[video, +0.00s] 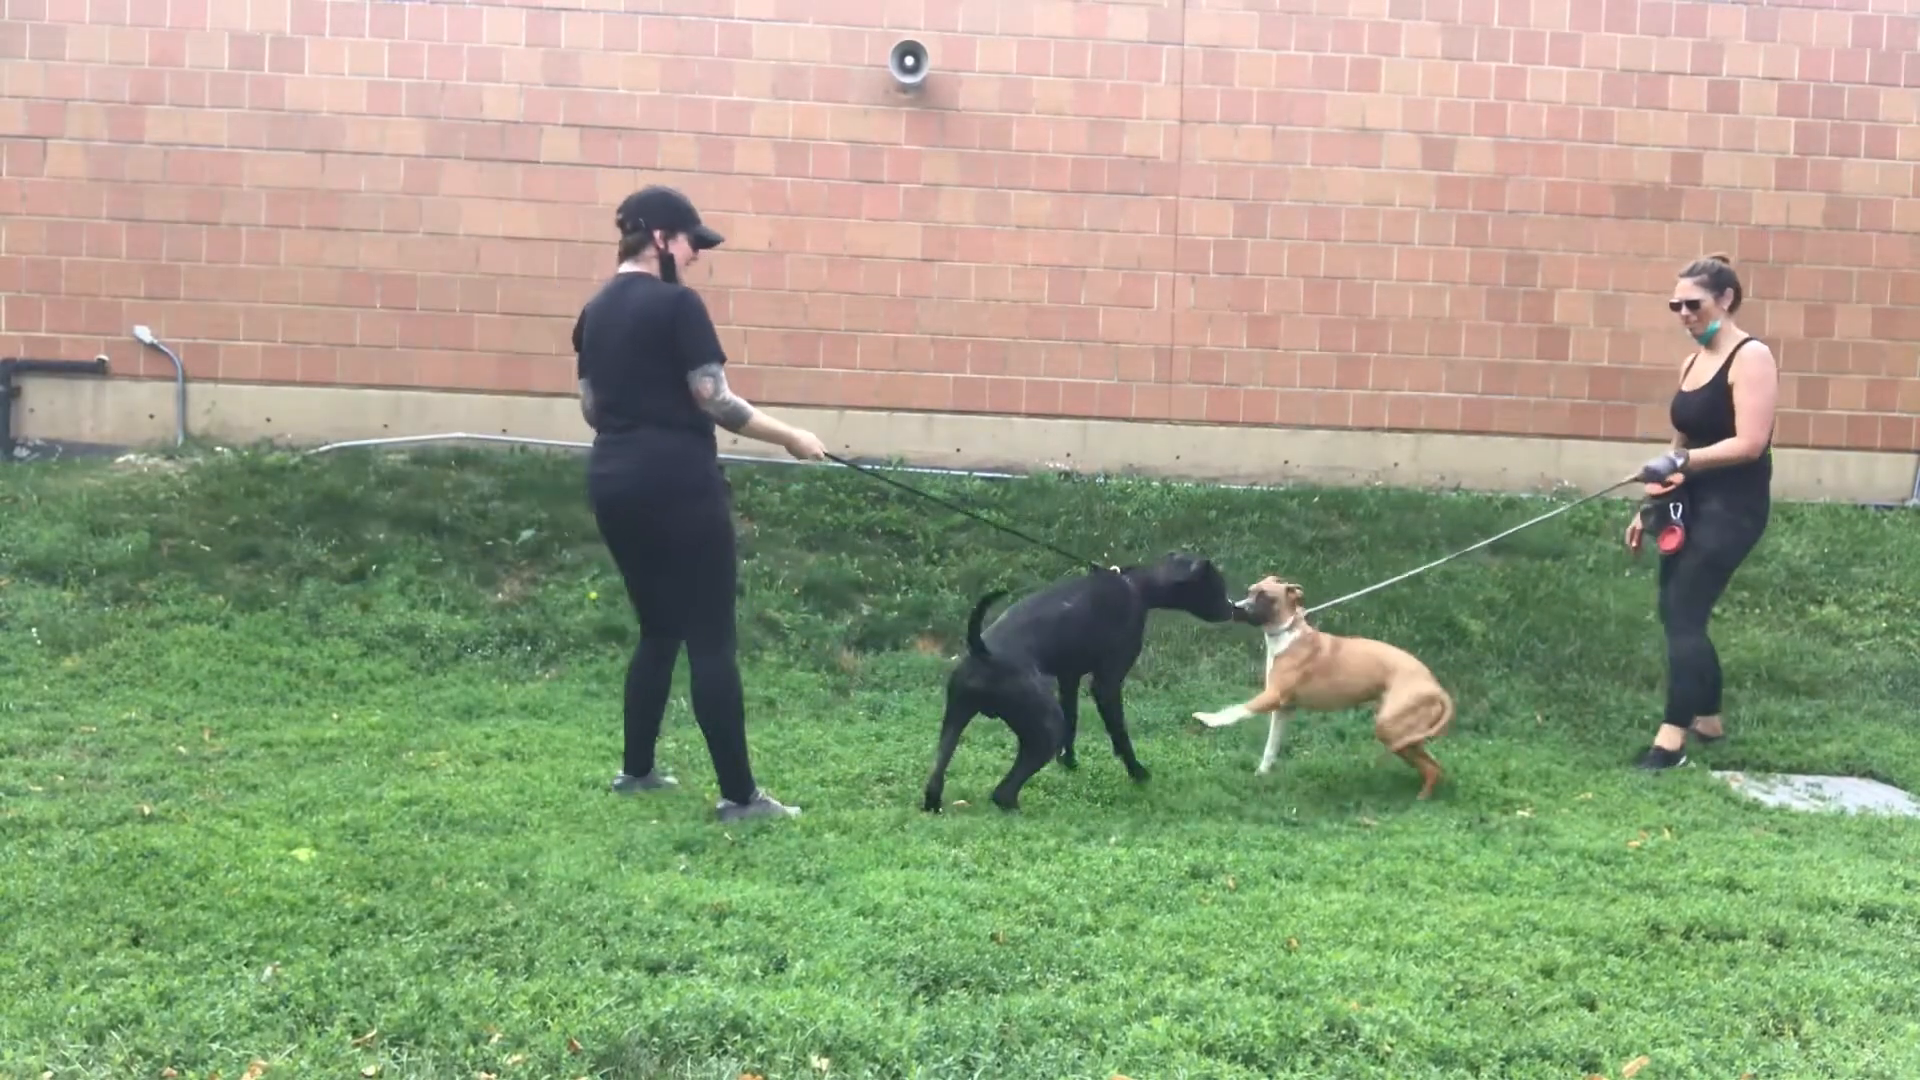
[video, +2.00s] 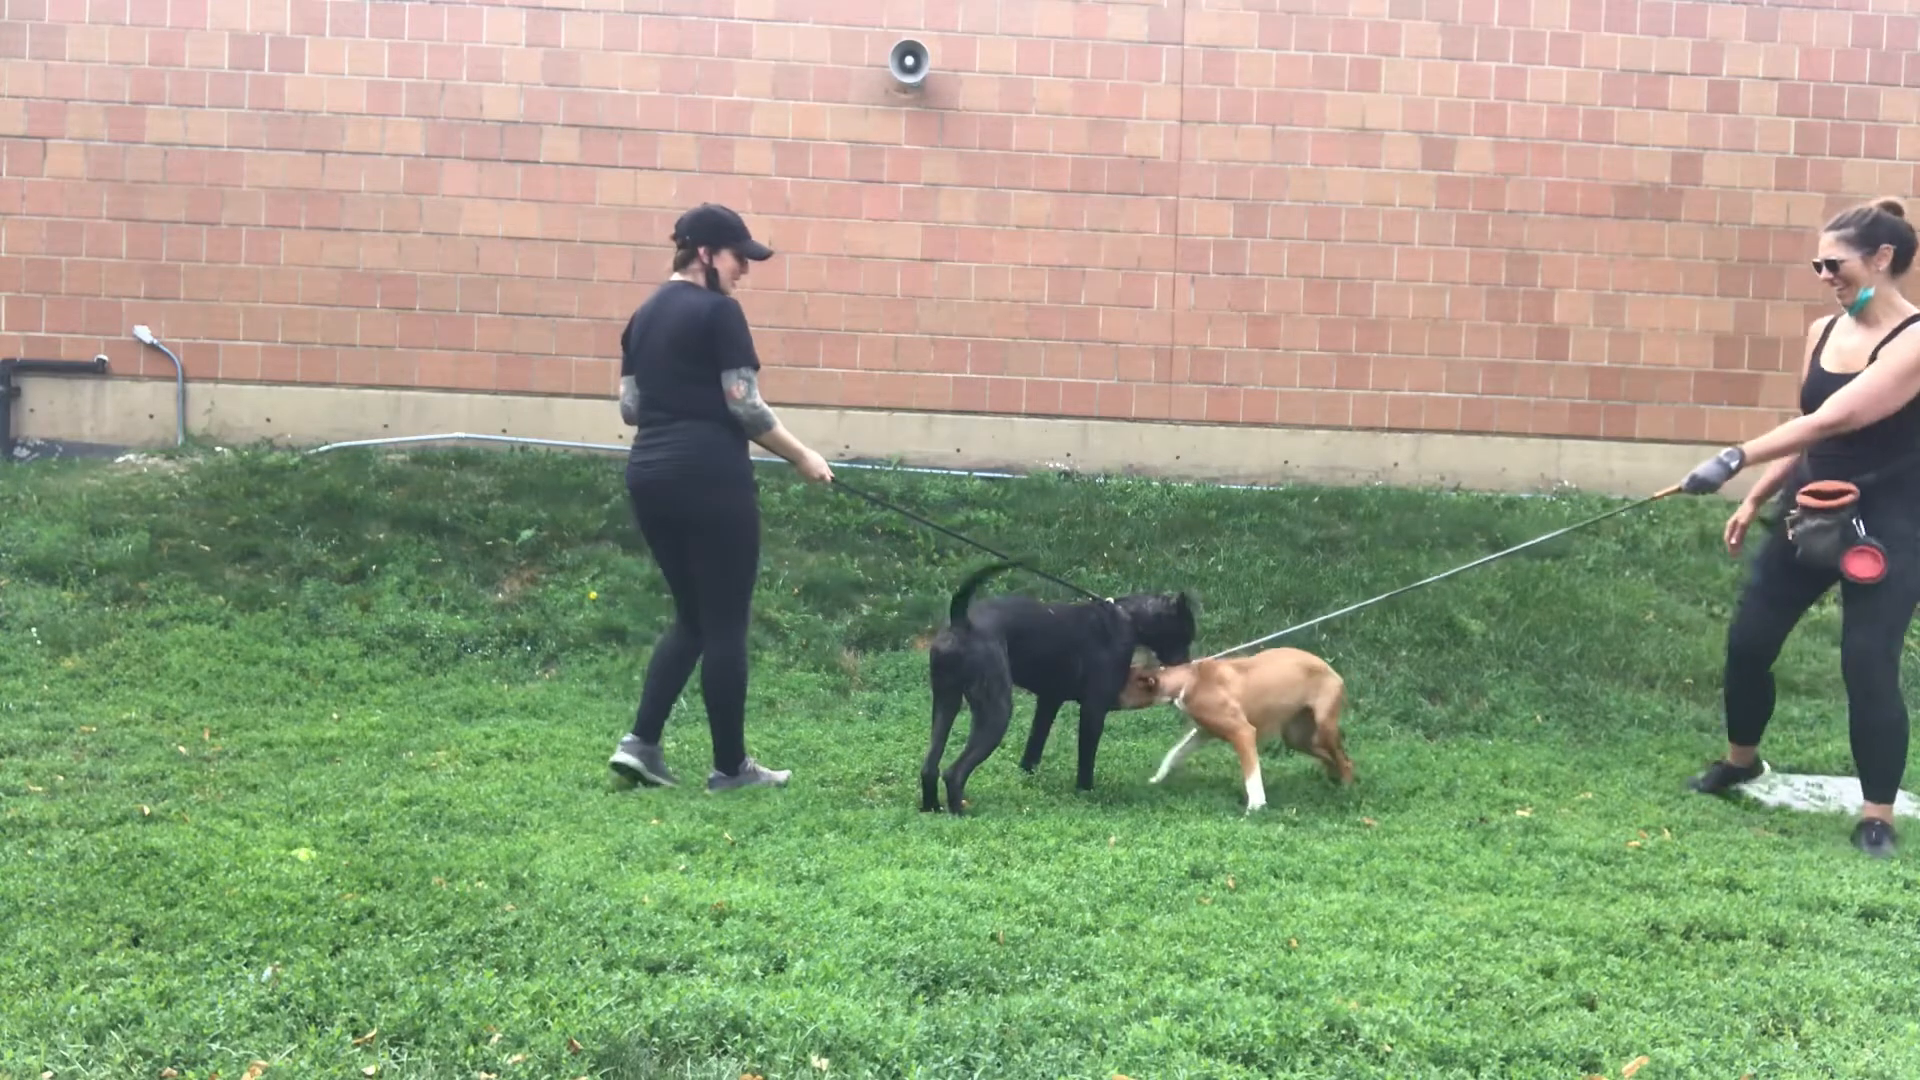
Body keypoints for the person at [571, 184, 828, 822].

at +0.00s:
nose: (699, 259)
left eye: (700, 247)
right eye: (695, 246)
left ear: (635, 241)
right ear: (664, 240)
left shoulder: (594, 309)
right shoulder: (677, 302)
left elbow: (594, 409)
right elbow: (714, 398)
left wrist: (675, 418)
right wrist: (790, 436)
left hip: (613, 472)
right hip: (679, 472)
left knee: (658, 628)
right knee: (712, 635)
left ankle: (636, 771)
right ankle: (740, 796)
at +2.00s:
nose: (743, 269)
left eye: (745, 258)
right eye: (738, 257)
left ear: (694, 256)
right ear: (707, 254)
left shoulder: (642, 315)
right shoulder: (720, 312)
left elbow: (633, 407)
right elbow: (745, 406)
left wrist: (715, 421)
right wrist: (802, 455)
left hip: (648, 469)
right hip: (710, 469)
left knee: (691, 618)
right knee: (726, 622)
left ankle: (641, 743)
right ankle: (731, 766)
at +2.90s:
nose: (711, 272)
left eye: (712, 262)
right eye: (704, 261)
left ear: (667, 260)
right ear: (669, 258)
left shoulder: (635, 310)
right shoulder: (675, 314)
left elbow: (668, 403)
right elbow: (720, 406)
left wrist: (723, 422)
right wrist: (786, 451)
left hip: (625, 463)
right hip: (670, 468)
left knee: (644, 609)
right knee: (701, 609)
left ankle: (639, 753)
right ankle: (706, 756)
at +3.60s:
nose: (758, 277)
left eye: (759, 268)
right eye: (750, 266)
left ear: (713, 270)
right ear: (717, 266)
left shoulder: (685, 312)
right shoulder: (719, 318)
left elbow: (695, 406)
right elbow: (737, 408)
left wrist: (748, 421)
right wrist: (802, 452)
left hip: (666, 465)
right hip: (703, 469)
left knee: (716, 607)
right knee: (727, 613)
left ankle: (664, 736)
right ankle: (744, 755)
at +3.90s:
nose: (735, 280)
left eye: (737, 271)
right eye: (726, 269)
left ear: (694, 272)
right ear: (691, 268)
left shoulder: (673, 314)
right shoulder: (697, 320)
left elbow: (711, 404)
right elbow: (739, 407)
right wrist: (810, 446)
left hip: (662, 465)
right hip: (692, 470)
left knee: (684, 607)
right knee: (726, 611)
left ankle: (672, 741)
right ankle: (745, 753)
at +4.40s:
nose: (718, 267)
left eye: (723, 258)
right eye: (704, 260)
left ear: (729, 265)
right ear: (681, 269)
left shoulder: (693, 318)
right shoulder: (695, 322)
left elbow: (735, 399)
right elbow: (747, 400)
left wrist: (785, 426)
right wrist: (816, 436)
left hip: (684, 464)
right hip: (706, 468)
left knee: (695, 607)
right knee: (728, 604)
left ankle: (673, 742)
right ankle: (731, 742)